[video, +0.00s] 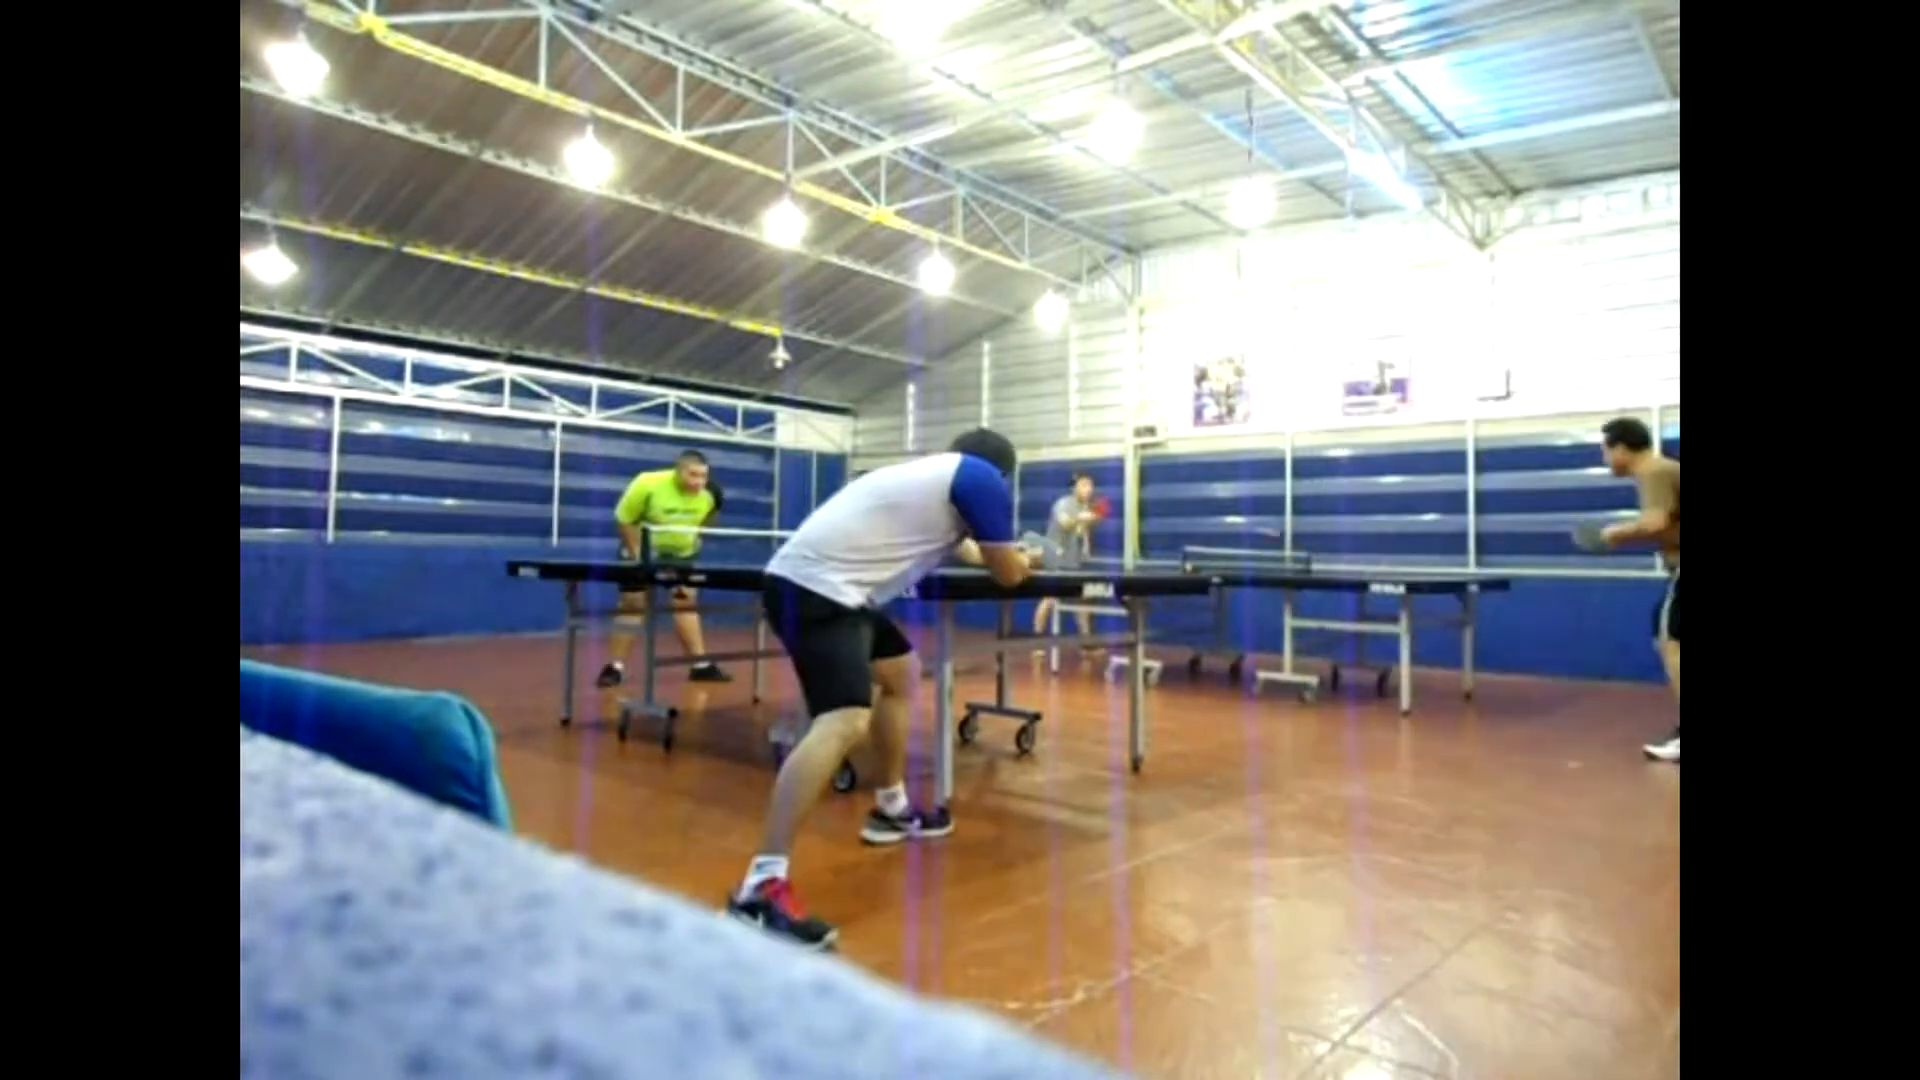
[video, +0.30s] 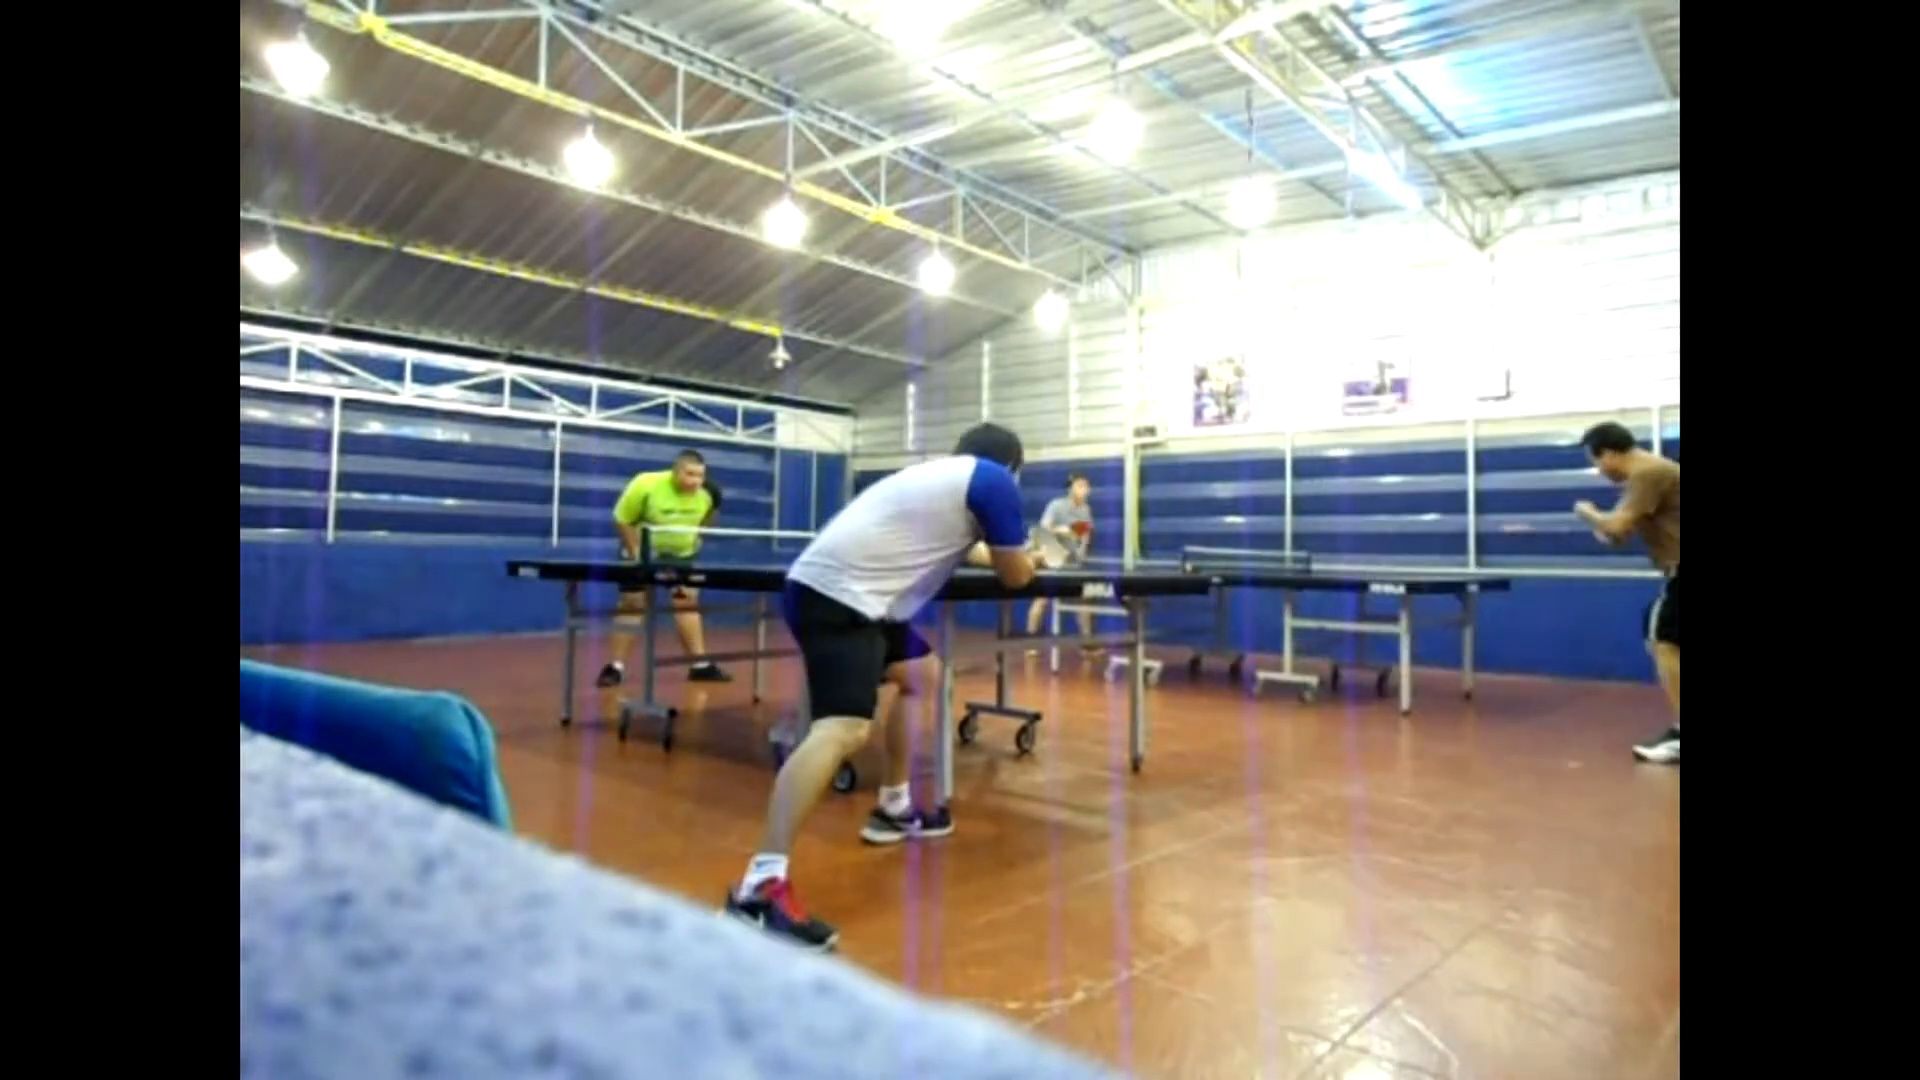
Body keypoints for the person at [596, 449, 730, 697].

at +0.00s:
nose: (698, 482)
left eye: (702, 475)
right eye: (692, 474)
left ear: (707, 476)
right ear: (678, 472)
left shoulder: (709, 497)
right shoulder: (647, 484)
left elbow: (699, 524)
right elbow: (624, 517)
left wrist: (687, 546)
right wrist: (636, 552)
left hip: (683, 554)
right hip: (645, 552)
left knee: (686, 602)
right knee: (633, 605)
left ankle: (701, 661)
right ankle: (616, 665)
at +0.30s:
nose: (694, 480)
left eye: (699, 475)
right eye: (689, 474)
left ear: (704, 476)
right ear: (676, 472)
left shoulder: (707, 495)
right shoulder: (645, 485)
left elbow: (705, 520)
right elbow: (623, 517)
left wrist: (691, 540)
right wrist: (636, 552)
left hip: (683, 554)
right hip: (646, 552)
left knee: (688, 602)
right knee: (632, 604)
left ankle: (700, 660)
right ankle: (616, 664)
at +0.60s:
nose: (695, 478)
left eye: (699, 473)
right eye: (689, 472)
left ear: (704, 474)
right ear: (676, 471)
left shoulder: (707, 494)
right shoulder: (645, 485)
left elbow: (703, 520)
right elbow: (623, 517)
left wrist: (691, 540)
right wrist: (636, 551)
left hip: (683, 553)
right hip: (646, 552)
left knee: (689, 602)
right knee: (632, 606)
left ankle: (700, 660)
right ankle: (616, 664)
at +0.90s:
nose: (692, 470)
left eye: (697, 465)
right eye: (687, 464)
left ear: (702, 468)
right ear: (674, 464)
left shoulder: (705, 490)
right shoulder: (644, 480)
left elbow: (705, 515)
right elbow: (622, 516)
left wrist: (692, 536)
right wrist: (634, 550)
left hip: (684, 552)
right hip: (645, 551)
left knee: (689, 602)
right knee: (632, 605)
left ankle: (700, 660)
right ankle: (616, 664)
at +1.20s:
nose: (690, 454)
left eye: (695, 449)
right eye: (684, 448)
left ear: (699, 453)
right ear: (670, 449)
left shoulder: (702, 481)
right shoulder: (642, 472)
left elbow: (703, 509)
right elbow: (619, 512)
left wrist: (693, 533)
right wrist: (631, 548)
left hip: (682, 551)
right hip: (642, 550)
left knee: (693, 601)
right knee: (630, 605)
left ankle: (700, 661)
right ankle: (615, 664)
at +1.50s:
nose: (696, 446)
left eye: (701, 441)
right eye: (691, 439)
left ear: (706, 445)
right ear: (678, 440)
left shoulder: (709, 474)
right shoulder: (654, 465)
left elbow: (710, 507)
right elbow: (627, 503)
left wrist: (711, 529)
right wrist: (649, 526)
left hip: (692, 550)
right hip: (655, 549)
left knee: (703, 599)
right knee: (636, 604)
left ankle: (702, 660)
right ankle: (617, 663)